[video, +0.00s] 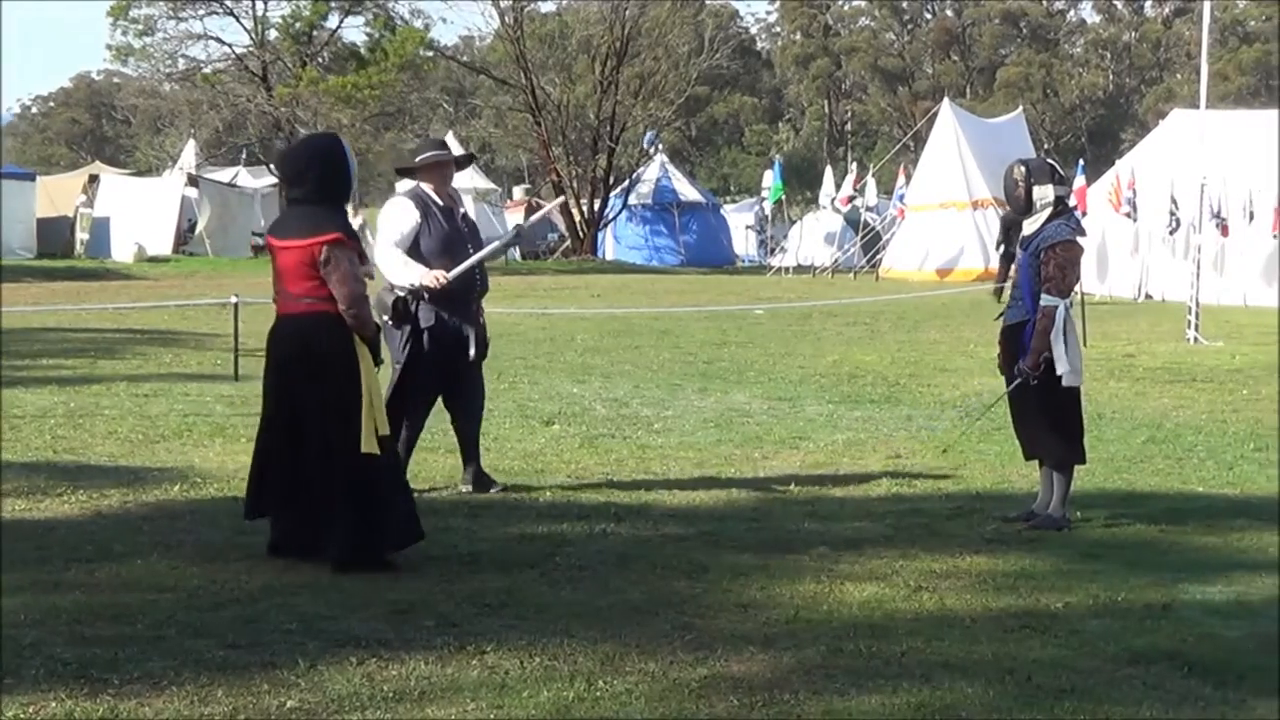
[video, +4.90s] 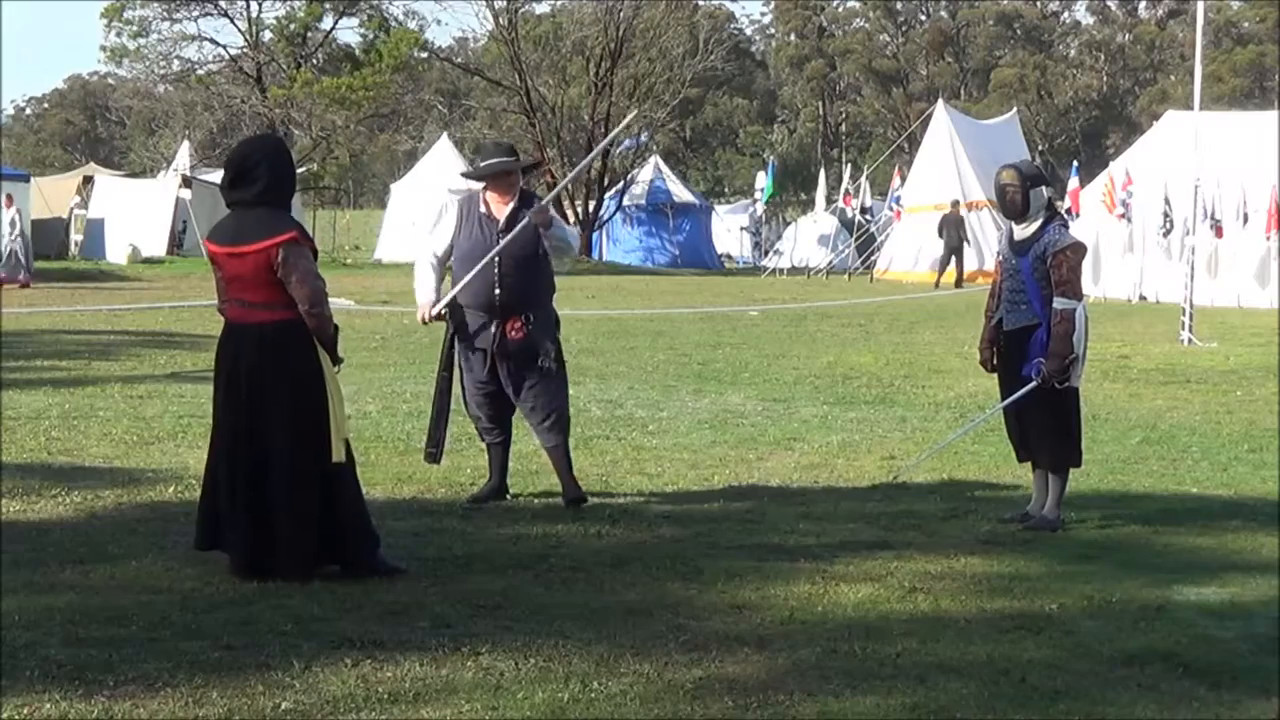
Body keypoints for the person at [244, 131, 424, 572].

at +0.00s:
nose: (351, 180)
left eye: (348, 172)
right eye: (347, 173)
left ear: (290, 180)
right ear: (337, 179)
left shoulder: (279, 230)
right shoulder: (331, 234)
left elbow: (284, 293)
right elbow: (351, 303)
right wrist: (374, 337)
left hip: (286, 336)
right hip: (329, 339)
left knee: (296, 434)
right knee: (342, 435)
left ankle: (291, 532)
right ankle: (353, 541)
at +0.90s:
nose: (307, 183)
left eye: (304, 175)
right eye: (303, 175)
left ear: (248, 176)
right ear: (293, 180)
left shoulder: (229, 227)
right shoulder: (291, 234)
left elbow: (245, 280)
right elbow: (313, 303)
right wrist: (333, 341)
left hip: (242, 335)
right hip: (287, 341)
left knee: (246, 437)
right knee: (300, 438)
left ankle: (244, 543)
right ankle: (310, 544)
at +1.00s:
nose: (307, 182)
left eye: (305, 173)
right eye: (304, 175)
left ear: (247, 174)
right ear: (292, 181)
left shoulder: (228, 223)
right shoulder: (290, 235)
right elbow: (314, 305)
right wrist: (335, 342)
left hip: (244, 335)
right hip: (289, 341)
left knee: (245, 438)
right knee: (300, 441)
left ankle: (241, 543)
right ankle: (307, 545)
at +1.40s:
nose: (306, 180)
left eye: (303, 172)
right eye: (302, 174)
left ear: (246, 178)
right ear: (294, 182)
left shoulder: (230, 227)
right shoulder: (290, 236)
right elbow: (316, 303)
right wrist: (338, 343)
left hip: (247, 336)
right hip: (291, 342)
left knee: (247, 438)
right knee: (302, 440)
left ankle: (241, 540)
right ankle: (304, 544)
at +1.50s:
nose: (307, 178)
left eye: (304, 170)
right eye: (302, 171)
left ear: (247, 176)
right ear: (291, 179)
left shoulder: (229, 227)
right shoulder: (291, 235)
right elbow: (317, 305)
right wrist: (339, 344)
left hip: (247, 337)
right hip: (291, 343)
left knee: (247, 439)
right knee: (305, 441)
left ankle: (242, 541)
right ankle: (310, 546)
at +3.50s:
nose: (304, 181)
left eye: (302, 173)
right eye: (301, 173)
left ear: (246, 176)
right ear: (292, 178)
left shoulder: (225, 235)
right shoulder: (302, 235)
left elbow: (228, 302)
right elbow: (325, 307)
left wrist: (253, 326)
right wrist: (341, 339)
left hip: (247, 344)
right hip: (299, 346)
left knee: (253, 442)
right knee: (312, 443)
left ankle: (257, 549)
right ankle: (320, 548)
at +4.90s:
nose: (294, 181)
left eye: (291, 173)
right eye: (290, 174)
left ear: (235, 180)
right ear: (280, 180)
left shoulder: (218, 236)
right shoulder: (283, 234)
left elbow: (226, 303)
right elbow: (311, 303)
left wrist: (246, 331)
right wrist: (331, 346)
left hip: (237, 346)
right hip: (286, 348)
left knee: (246, 444)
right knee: (309, 443)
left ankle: (249, 549)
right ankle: (351, 551)